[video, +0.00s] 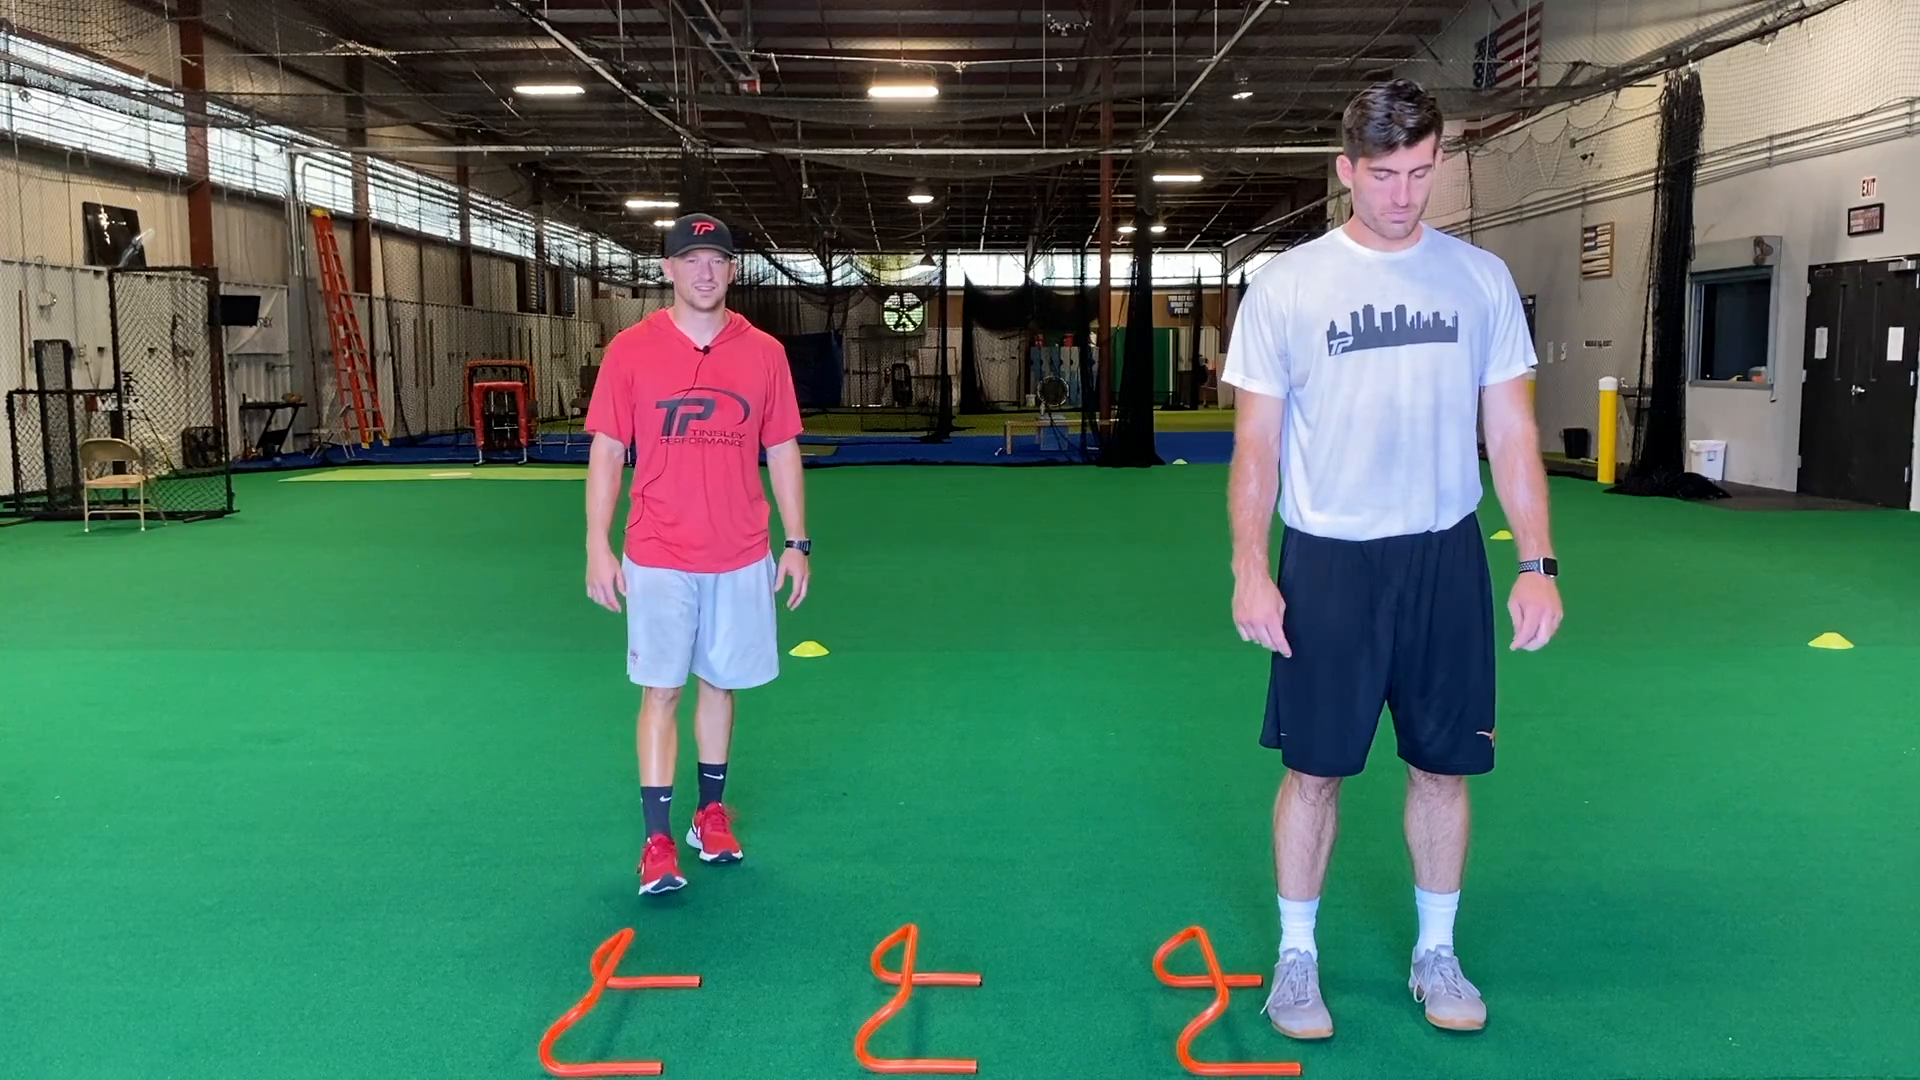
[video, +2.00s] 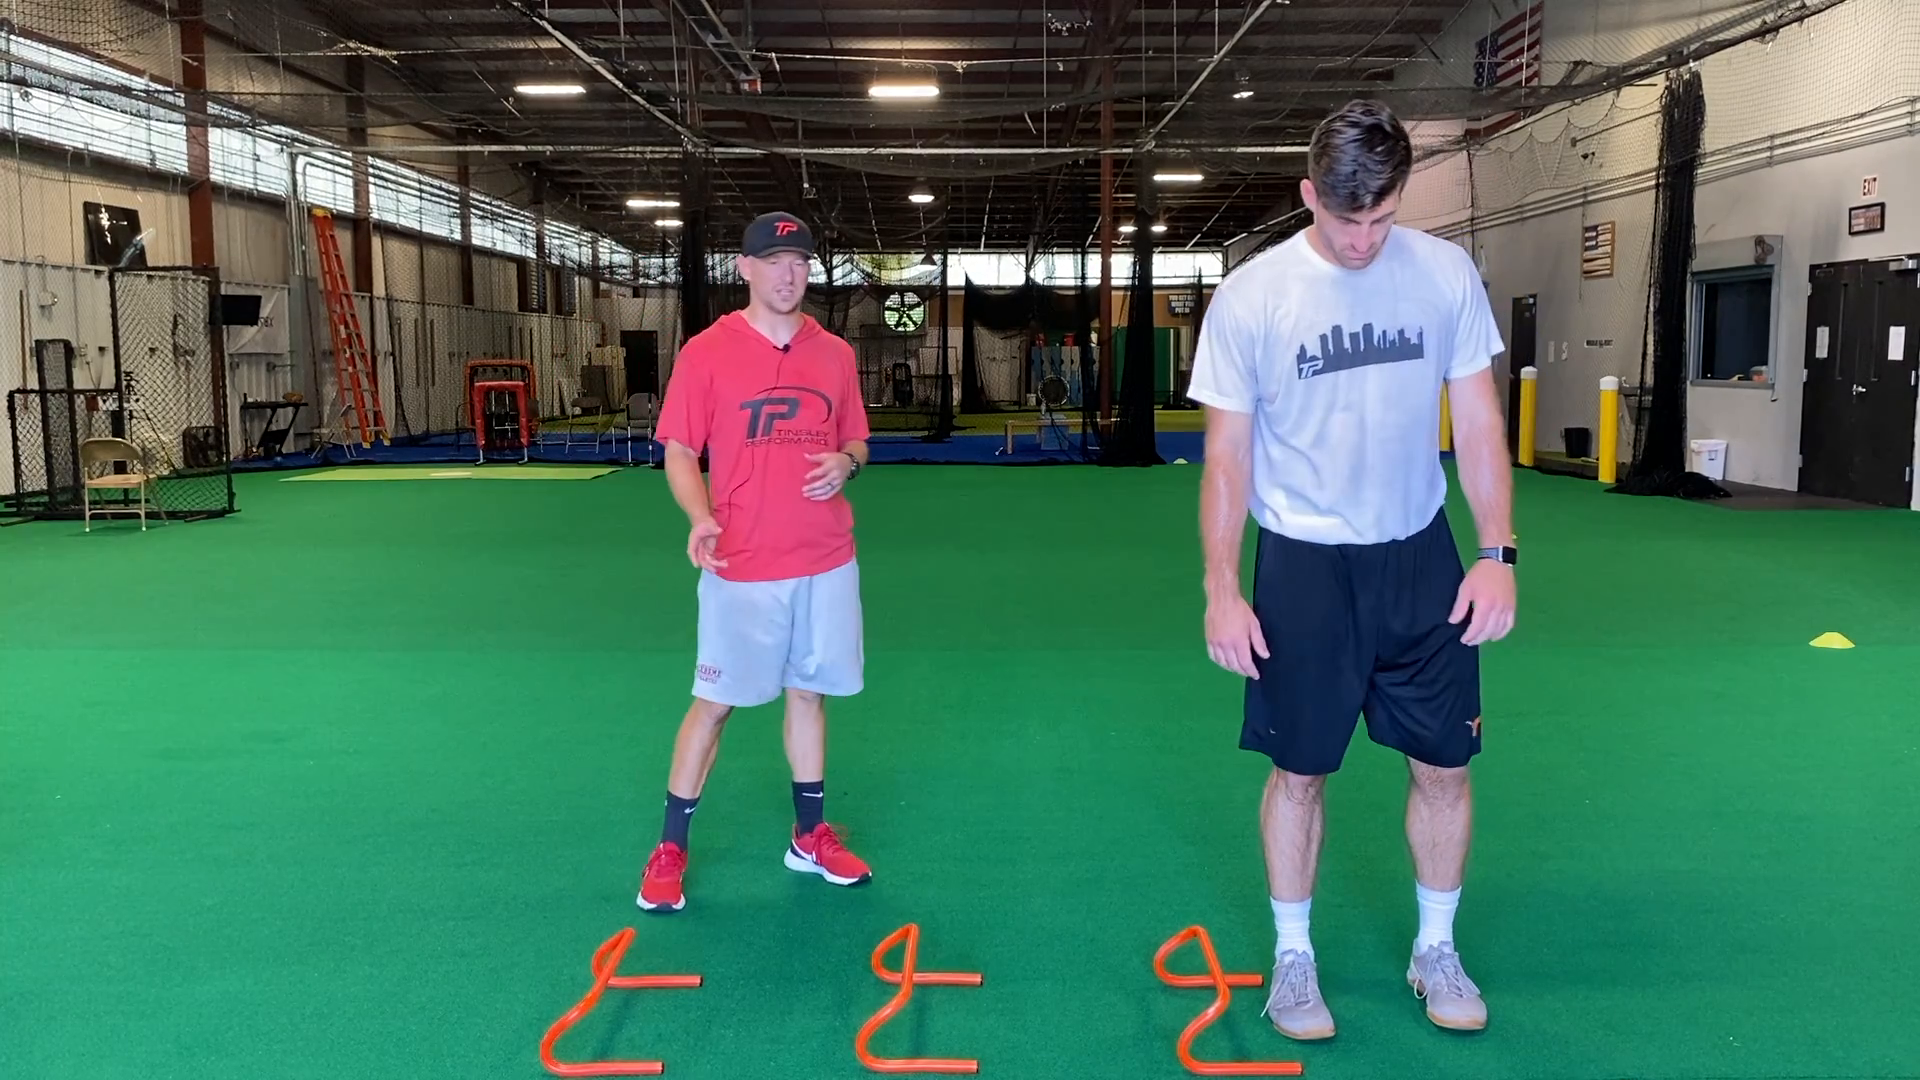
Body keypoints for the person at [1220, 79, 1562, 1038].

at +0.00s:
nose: (1405, 192)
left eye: (1421, 170)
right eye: (1387, 174)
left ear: (1440, 164)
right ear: (1347, 169)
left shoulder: (1481, 278)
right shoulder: (1283, 286)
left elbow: (1513, 435)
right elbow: (1255, 446)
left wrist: (1536, 561)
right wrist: (1251, 571)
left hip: (1445, 559)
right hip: (1328, 562)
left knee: (1444, 762)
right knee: (1315, 769)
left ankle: (1437, 956)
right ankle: (1296, 960)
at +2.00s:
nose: (1363, 234)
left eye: (1380, 215)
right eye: (1346, 215)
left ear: (1402, 194)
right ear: (1308, 191)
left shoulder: (1444, 274)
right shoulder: (1249, 298)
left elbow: (1479, 422)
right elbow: (1225, 458)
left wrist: (1497, 552)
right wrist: (1223, 590)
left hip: (1419, 557)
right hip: (1302, 564)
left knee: (1445, 759)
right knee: (1300, 766)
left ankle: (1437, 950)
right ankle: (1294, 959)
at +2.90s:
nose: (1433, 248)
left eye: (1451, 229)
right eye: (1416, 227)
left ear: (1473, 208)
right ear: (1377, 196)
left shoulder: (1507, 292)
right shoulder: (1300, 289)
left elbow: (1532, 450)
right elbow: (1258, 441)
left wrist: (1545, 587)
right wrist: (1253, 573)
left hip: (1439, 565)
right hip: (1323, 565)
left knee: (1434, 764)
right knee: (1314, 766)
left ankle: (1428, 957)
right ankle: (1300, 958)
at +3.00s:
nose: (1424, 253)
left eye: (1442, 234)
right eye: (1408, 232)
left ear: (1463, 213)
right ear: (1369, 200)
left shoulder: (1496, 293)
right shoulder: (1290, 292)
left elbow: (1520, 446)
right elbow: (1247, 444)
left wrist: (1538, 583)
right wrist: (1247, 581)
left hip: (1431, 564)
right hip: (1315, 565)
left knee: (1432, 764)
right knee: (1312, 767)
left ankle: (1428, 959)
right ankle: (1298, 962)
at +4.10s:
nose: (1367, 377)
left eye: (1386, 357)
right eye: (1349, 357)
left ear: (1410, 334)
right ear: (1309, 329)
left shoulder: (1451, 409)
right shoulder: (1229, 380)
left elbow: (1487, 514)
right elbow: (1177, 440)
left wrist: (1461, 647)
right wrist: (1180, 571)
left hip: (1369, 578)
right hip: (1248, 573)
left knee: (1410, 772)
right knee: (1259, 756)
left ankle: (1421, 957)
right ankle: (1275, 871)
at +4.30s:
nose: (1237, 342)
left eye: (1254, 322)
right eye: (1220, 322)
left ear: (1280, 298)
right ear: (1181, 302)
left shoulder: (1334, 371)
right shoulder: (1121, 364)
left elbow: (1390, 441)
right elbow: (1078, 403)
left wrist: (1331, 516)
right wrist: (1082, 521)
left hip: (1293, 582)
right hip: (1163, 572)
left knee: (1360, 764)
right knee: (1116, 735)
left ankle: (1423, 947)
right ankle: (1091, 877)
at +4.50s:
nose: (1073, 296)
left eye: (1090, 276)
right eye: (1056, 278)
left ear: (1123, 251)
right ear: (1027, 260)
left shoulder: (1181, 324)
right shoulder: (978, 334)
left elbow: (1262, 347)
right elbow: (948, 408)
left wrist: (1224, 476)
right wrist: (978, 498)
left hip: (1159, 546)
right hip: (1042, 565)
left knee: (1205, 714)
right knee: (1041, 753)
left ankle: (1180, 814)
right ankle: (1048, 935)